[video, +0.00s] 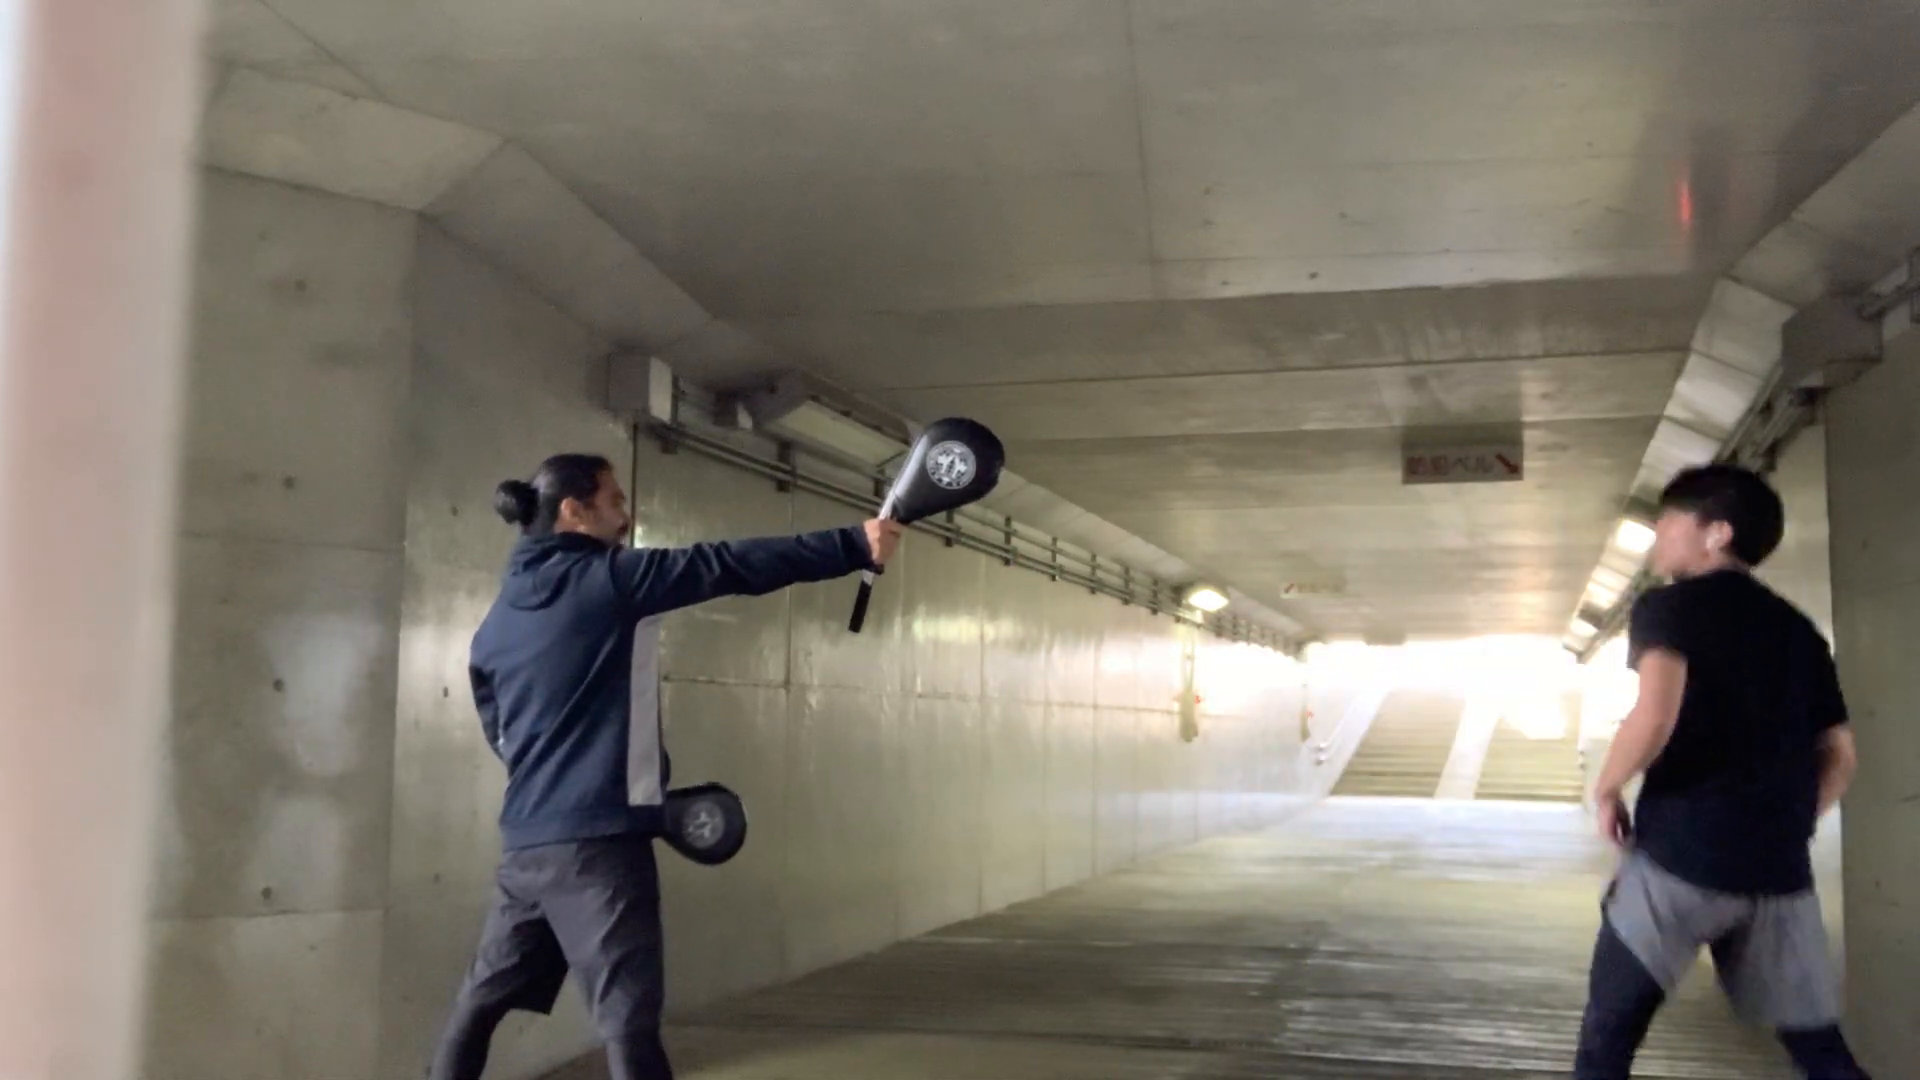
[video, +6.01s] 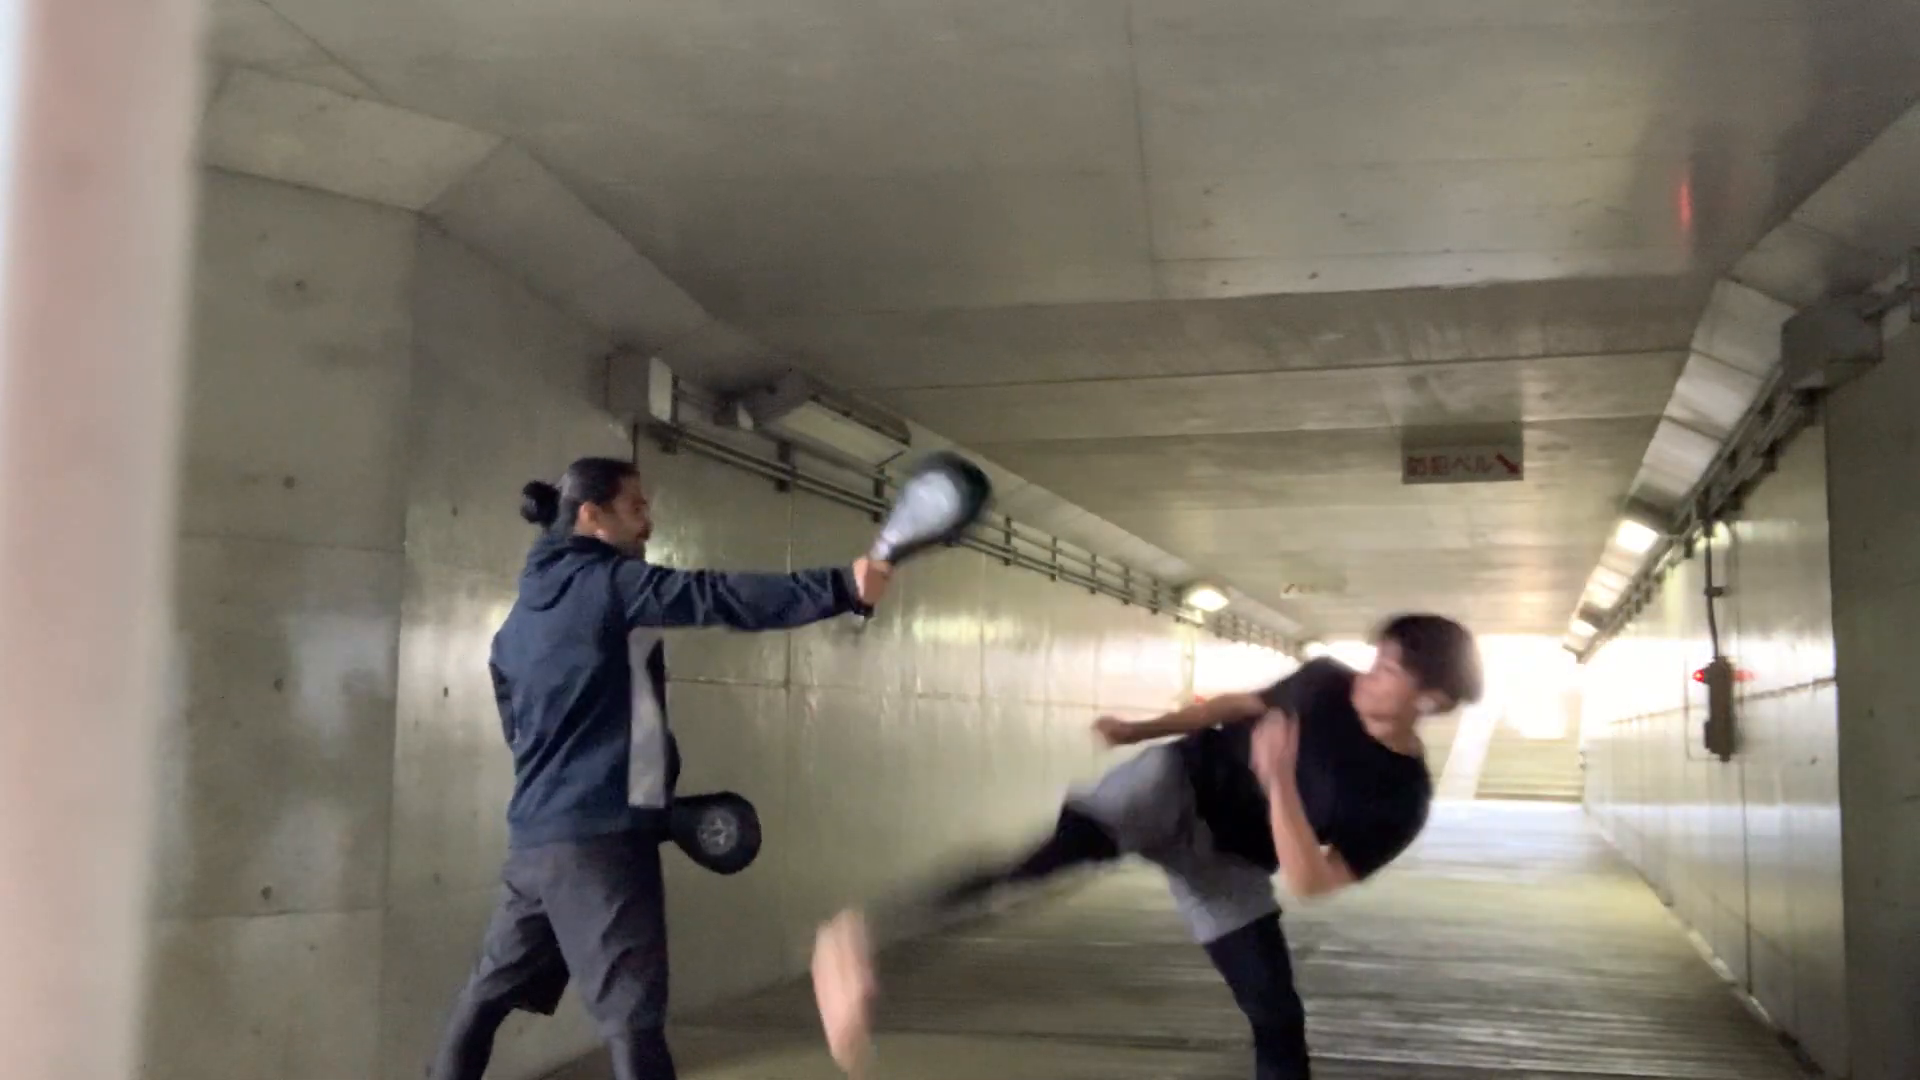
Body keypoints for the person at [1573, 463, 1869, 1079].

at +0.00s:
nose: (1657, 536)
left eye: (1669, 521)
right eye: (1661, 521)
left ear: (1717, 533)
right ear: (1728, 539)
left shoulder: (1669, 606)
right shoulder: (1800, 628)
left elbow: (1658, 708)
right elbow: (1839, 755)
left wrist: (1606, 788)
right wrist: (1787, 823)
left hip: (1680, 863)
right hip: (1781, 871)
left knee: (1604, 1049)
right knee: (1823, 1051)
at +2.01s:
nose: (1374, 676)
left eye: (1392, 677)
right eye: (1382, 663)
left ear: (1429, 715)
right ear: (1383, 664)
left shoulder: (1386, 802)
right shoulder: (1341, 677)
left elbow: (1260, 822)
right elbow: (1264, 701)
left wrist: (1221, 713)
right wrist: (1172, 707)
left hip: (1221, 847)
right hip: (1181, 770)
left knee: (1233, 1011)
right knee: (1056, 750)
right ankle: (926, 745)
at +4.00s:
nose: (1607, 552)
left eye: (1623, 541)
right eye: (1614, 539)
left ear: (1670, 559)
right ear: (1672, 564)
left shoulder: (1633, 623)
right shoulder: (1730, 640)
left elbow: (1632, 725)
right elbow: (1756, 758)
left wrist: (1582, 814)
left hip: (1667, 855)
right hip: (1747, 857)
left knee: (1580, 1019)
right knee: (1768, 1037)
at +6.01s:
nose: (1369, 669)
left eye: (1389, 667)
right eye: (1376, 656)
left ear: (1427, 698)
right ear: (1378, 661)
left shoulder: (1403, 801)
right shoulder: (1327, 683)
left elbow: (1312, 878)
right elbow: (1235, 709)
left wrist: (1279, 777)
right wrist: (1142, 726)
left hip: (1231, 866)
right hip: (1176, 789)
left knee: (1280, 1021)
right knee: (1025, 866)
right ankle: (866, 938)